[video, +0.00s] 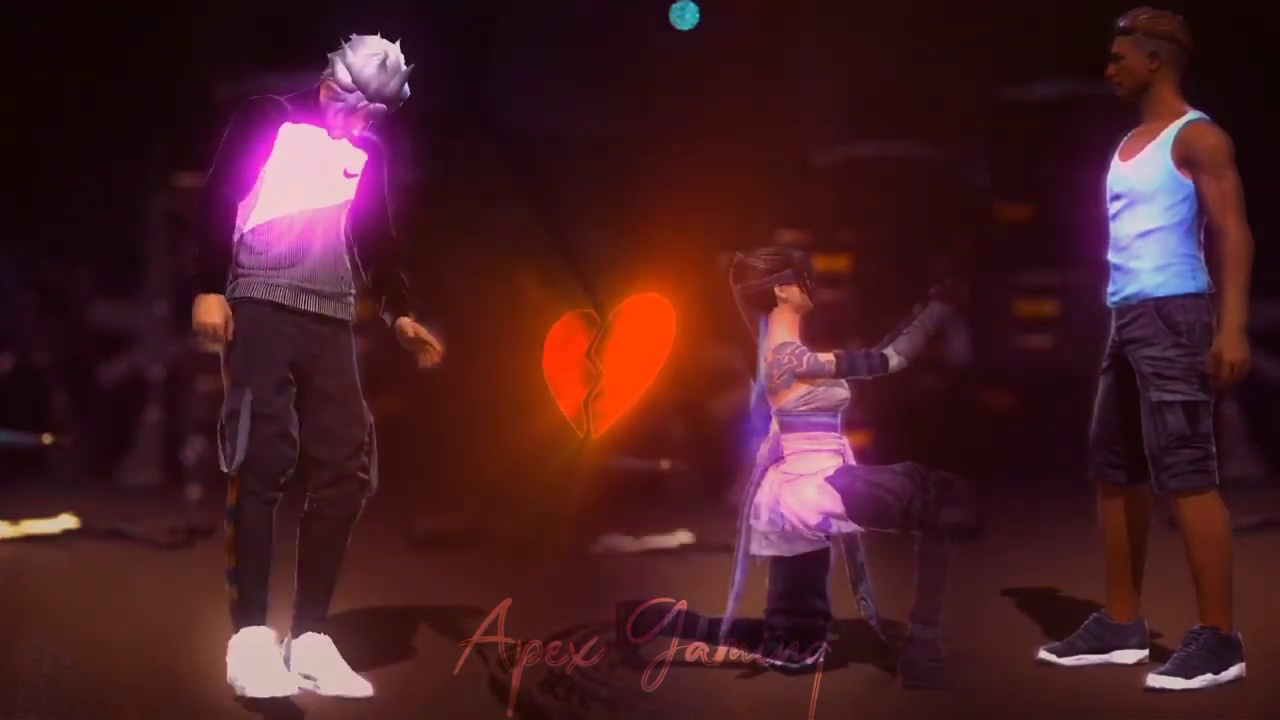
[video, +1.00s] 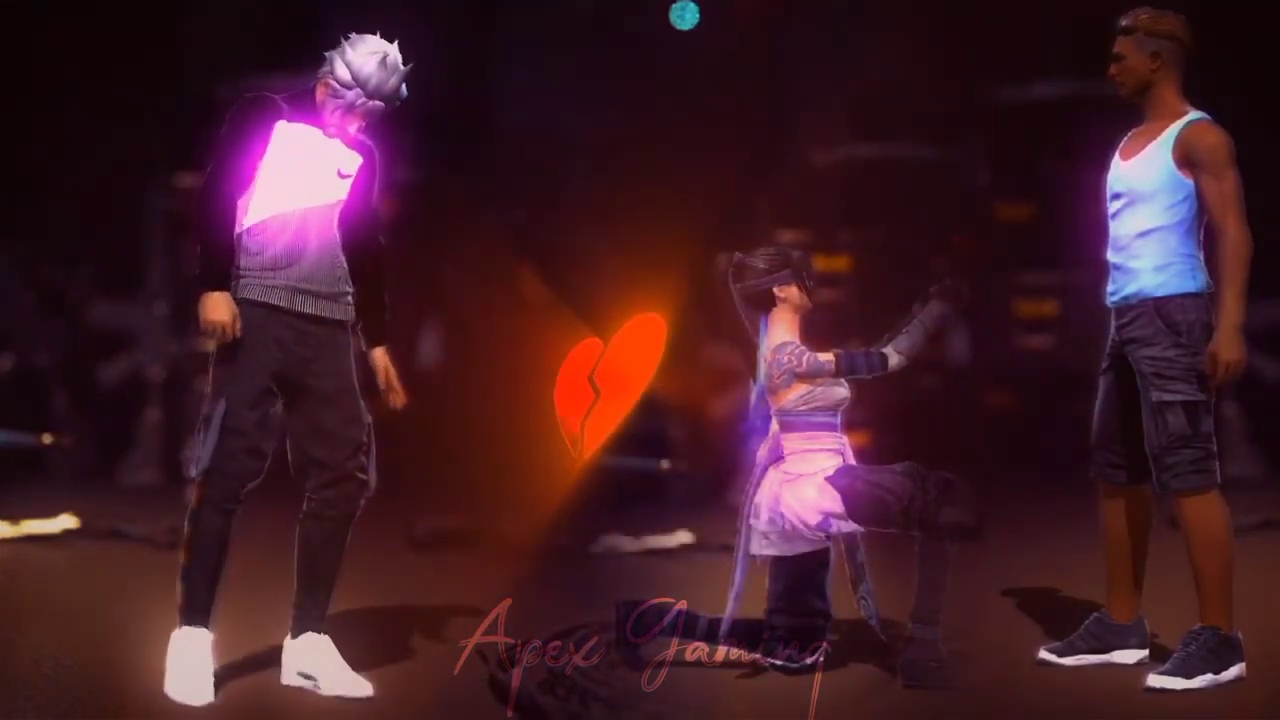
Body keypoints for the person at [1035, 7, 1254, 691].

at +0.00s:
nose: (1110, 68)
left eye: (1120, 58)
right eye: (1110, 58)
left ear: (1157, 62)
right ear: (1140, 65)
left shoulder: (1199, 135)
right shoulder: (1131, 142)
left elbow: (1234, 234)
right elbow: (1136, 241)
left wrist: (1232, 328)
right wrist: (1119, 321)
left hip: (1172, 321)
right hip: (1125, 323)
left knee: (1189, 478)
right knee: (1115, 471)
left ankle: (1216, 637)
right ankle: (1121, 623)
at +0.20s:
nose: (1113, 68)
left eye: (1122, 58)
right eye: (1113, 58)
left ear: (1159, 62)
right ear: (1142, 64)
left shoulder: (1201, 135)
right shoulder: (1133, 140)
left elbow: (1234, 233)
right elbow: (1136, 239)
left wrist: (1227, 327)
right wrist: (1118, 320)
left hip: (1171, 320)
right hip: (1124, 322)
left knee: (1190, 477)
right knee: (1117, 472)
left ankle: (1216, 636)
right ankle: (1121, 623)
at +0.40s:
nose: (1113, 68)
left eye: (1122, 58)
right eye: (1113, 59)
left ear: (1160, 62)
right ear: (1142, 64)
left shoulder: (1200, 135)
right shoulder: (1134, 139)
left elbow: (1234, 233)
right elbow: (1136, 239)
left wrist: (1227, 327)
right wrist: (1118, 319)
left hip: (1171, 320)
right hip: (1124, 322)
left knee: (1190, 476)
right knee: (1116, 470)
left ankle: (1216, 636)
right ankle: (1121, 623)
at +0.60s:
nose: (1113, 69)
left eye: (1122, 59)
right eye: (1113, 59)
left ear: (1160, 62)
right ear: (1141, 65)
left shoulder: (1200, 135)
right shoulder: (1133, 140)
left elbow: (1234, 233)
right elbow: (1136, 239)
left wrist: (1228, 328)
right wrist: (1118, 319)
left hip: (1172, 320)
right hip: (1125, 322)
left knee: (1190, 476)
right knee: (1116, 470)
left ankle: (1216, 636)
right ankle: (1121, 623)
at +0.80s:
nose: (1112, 68)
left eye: (1122, 58)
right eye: (1113, 59)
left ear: (1160, 62)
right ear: (1142, 65)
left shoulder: (1200, 135)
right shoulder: (1133, 139)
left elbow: (1234, 233)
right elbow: (1136, 239)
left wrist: (1228, 328)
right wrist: (1118, 319)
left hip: (1172, 320)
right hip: (1125, 322)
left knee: (1190, 476)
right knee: (1116, 470)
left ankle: (1216, 636)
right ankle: (1121, 623)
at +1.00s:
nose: (1112, 68)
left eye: (1122, 58)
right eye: (1112, 58)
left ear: (1159, 62)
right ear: (1141, 65)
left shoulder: (1199, 135)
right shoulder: (1133, 140)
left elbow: (1234, 234)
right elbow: (1136, 240)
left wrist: (1229, 328)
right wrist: (1118, 319)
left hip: (1172, 320)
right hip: (1125, 322)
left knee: (1189, 476)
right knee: (1116, 470)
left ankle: (1216, 636)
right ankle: (1121, 623)